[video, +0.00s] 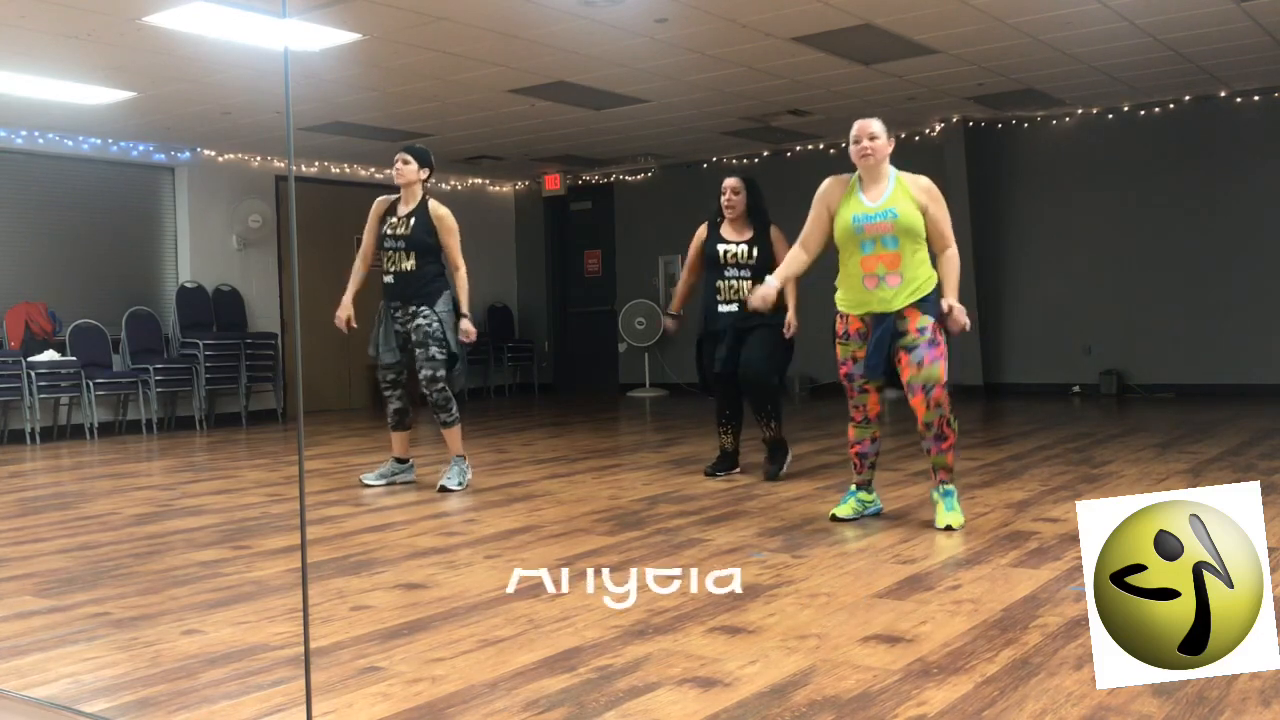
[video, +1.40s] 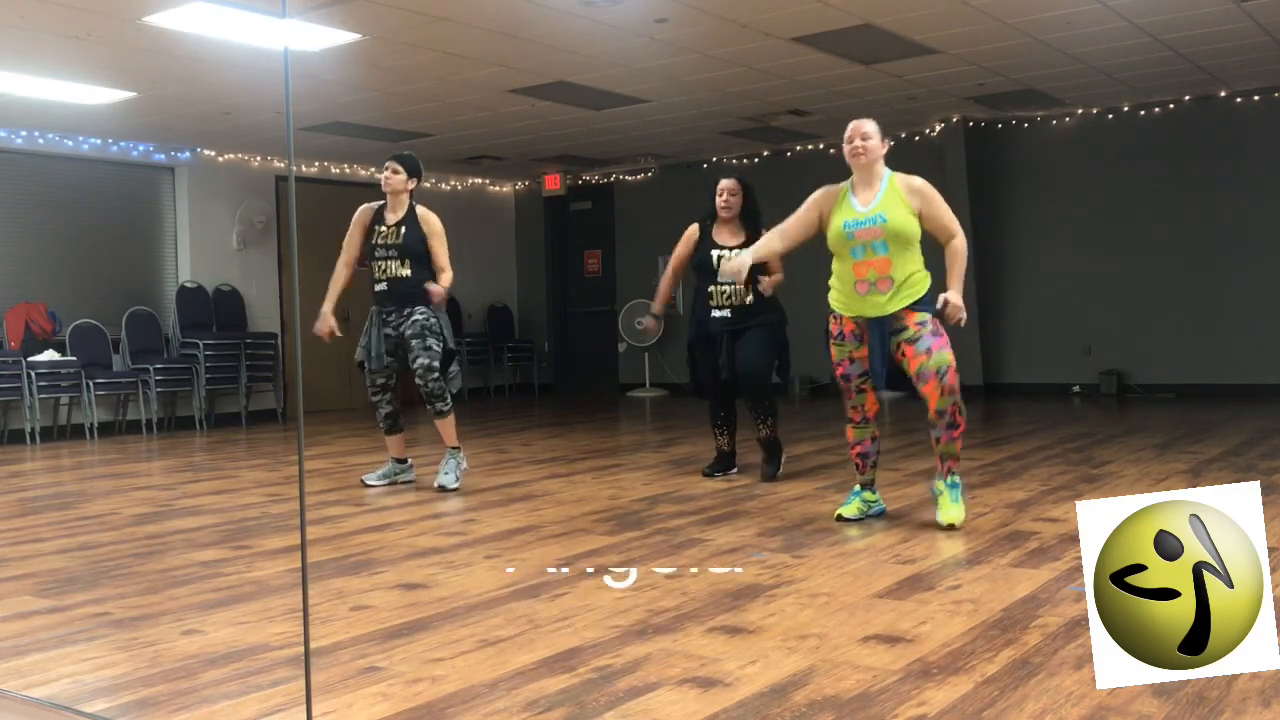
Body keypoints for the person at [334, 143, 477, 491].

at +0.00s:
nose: (397, 168)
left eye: (405, 163)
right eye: (395, 163)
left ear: (424, 172)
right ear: (392, 171)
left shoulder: (439, 214)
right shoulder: (382, 207)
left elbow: (457, 267)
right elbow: (364, 257)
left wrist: (464, 315)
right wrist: (347, 298)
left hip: (430, 310)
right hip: (392, 311)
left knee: (433, 383)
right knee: (392, 384)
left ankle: (459, 462)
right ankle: (400, 463)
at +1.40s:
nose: (386, 176)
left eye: (394, 172)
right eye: (385, 170)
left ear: (411, 182)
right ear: (382, 178)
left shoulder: (426, 219)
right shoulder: (366, 214)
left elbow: (444, 268)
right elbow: (346, 262)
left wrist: (441, 287)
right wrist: (327, 308)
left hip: (420, 312)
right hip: (382, 316)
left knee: (428, 378)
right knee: (380, 387)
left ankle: (454, 455)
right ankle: (400, 464)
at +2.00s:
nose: (390, 170)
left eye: (397, 165)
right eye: (389, 165)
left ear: (418, 171)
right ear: (389, 172)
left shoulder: (433, 204)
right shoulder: (391, 215)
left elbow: (456, 253)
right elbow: (398, 270)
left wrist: (452, 303)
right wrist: (363, 285)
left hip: (430, 311)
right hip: (394, 312)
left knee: (439, 386)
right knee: (394, 385)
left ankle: (456, 465)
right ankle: (400, 462)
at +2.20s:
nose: (387, 173)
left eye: (394, 169)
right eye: (385, 169)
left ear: (415, 175)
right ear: (385, 177)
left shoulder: (433, 214)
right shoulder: (376, 214)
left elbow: (462, 260)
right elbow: (360, 263)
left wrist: (472, 300)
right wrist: (337, 293)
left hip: (426, 310)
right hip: (389, 313)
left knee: (426, 378)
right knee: (384, 384)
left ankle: (455, 459)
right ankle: (400, 463)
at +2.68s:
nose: (408, 172)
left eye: (415, 167)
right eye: (407, 168)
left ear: (437, 171)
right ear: (408, 176)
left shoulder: (453, 209)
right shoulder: (410, 209)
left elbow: (459, 265)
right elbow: (405, 262)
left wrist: (430, 260)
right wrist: (385, 300)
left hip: (443, 311)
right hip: (408, 310)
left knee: (437, 384)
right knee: (375, 372)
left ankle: (460, 464)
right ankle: (389, 450)